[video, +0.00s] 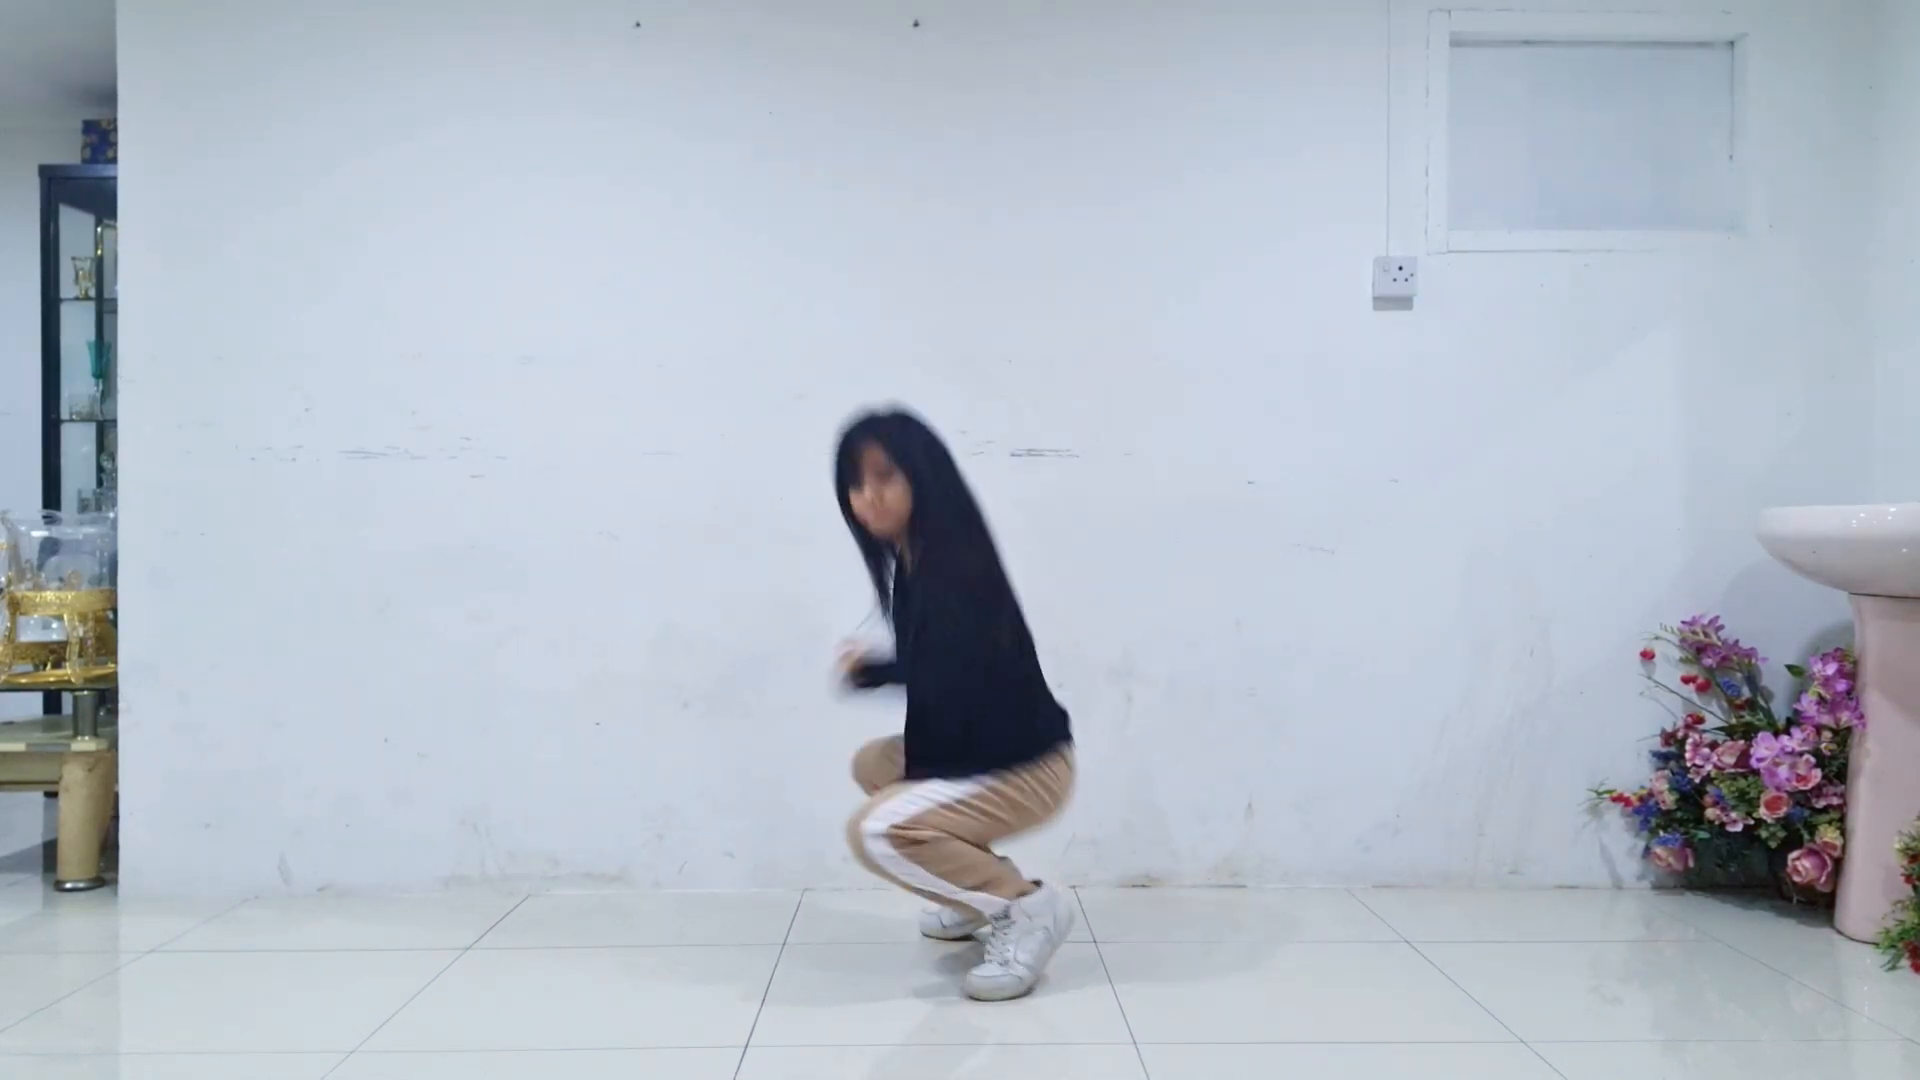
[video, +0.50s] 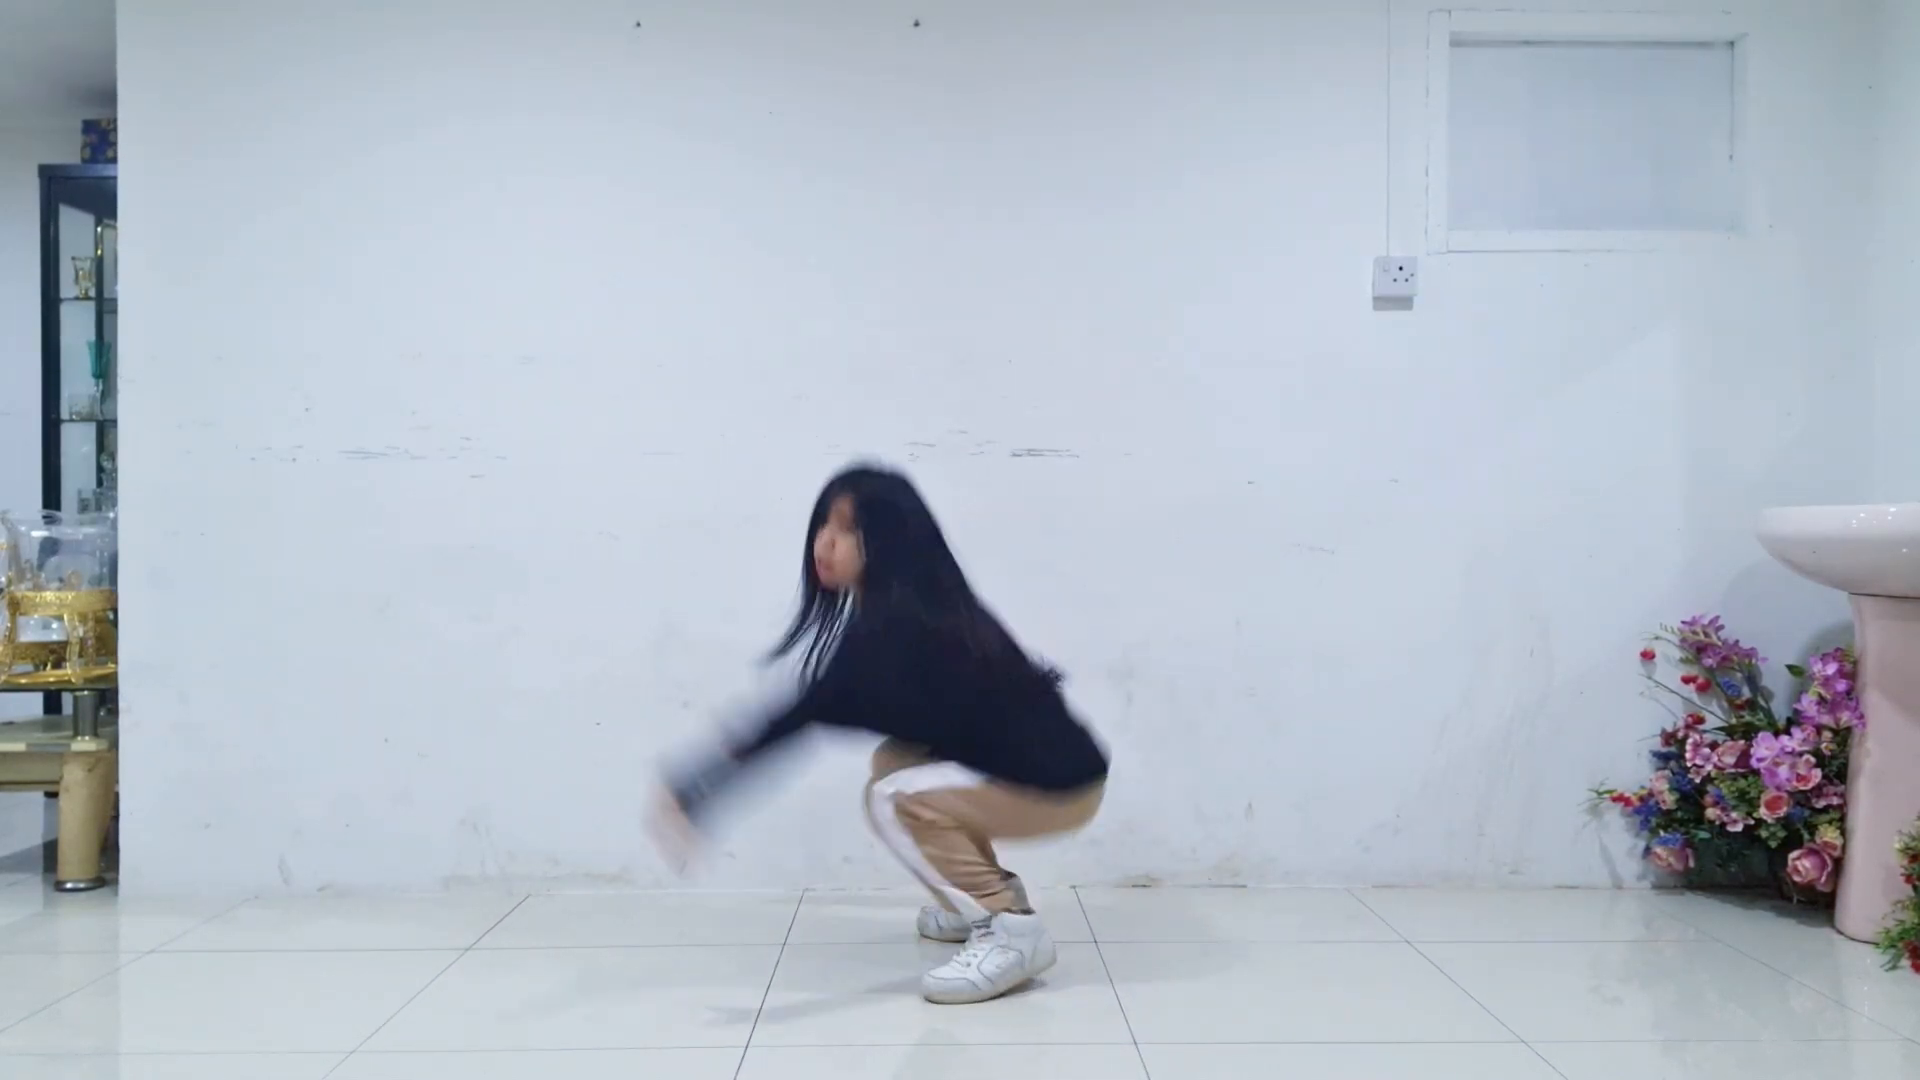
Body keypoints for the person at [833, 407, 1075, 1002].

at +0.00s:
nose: (870, 496)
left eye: (886, 477)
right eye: (856, 482)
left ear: (923, 480)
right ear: (845, 495)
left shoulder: (953, 563)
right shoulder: (912, 560)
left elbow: (956, 683)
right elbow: (939, 659)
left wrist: (921, 775)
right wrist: (879, 669)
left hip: (1030, 770)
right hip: (988, 748)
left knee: (878, 832)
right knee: (875, 766)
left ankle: (1030, 907)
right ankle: (980, 897)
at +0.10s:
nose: (866, 487)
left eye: (872, 461)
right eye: (849, 480)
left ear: (910, 439)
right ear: (840, 489)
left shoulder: (968, 500)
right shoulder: (931, 510)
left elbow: (1036, 586)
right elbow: (948, 619)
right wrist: (923, 709)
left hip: (997, 728)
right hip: (960, 712)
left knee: (848, 818)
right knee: (851, 764)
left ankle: (1007, 889)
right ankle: (977, 887)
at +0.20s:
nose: (860, 508)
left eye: (864, 484)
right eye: (844, 499)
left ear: (900, 462)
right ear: (836, 504)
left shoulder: (963, 514)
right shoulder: (922, 524)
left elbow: (1054, 598)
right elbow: (959, 630)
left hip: (994, 733)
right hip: (950, 716)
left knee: (832, 805)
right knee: (839, 760)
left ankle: (979, 882)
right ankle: (958, 875)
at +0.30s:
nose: (835, 541)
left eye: (847, 520)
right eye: (828, 527)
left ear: (886, 513)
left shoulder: (927, 591)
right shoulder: (924, 576)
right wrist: (888, 749)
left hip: (1005, 796)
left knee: (830, 832)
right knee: (848, 781)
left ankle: (984, 912)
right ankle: (964, 895)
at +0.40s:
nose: (830, 567)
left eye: (851, 554)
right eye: (829, 552)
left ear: (889, 565)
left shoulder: (908, 645)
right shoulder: (927, 611)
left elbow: (911, 778)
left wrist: (888, 905)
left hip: (1022, 851)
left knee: (857, 830)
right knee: (865, 781)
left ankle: (1001, 925)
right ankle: (954, 907)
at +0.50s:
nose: (824, 545)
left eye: (844, 533)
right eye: (822, 528)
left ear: (880, 544)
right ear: (814, 530)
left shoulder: (892, 632)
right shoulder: (910, 601)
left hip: (1054, 784)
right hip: (1035, 753)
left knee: (898, 799)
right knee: (894, 760)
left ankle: (1012, 931)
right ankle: (981, 899)